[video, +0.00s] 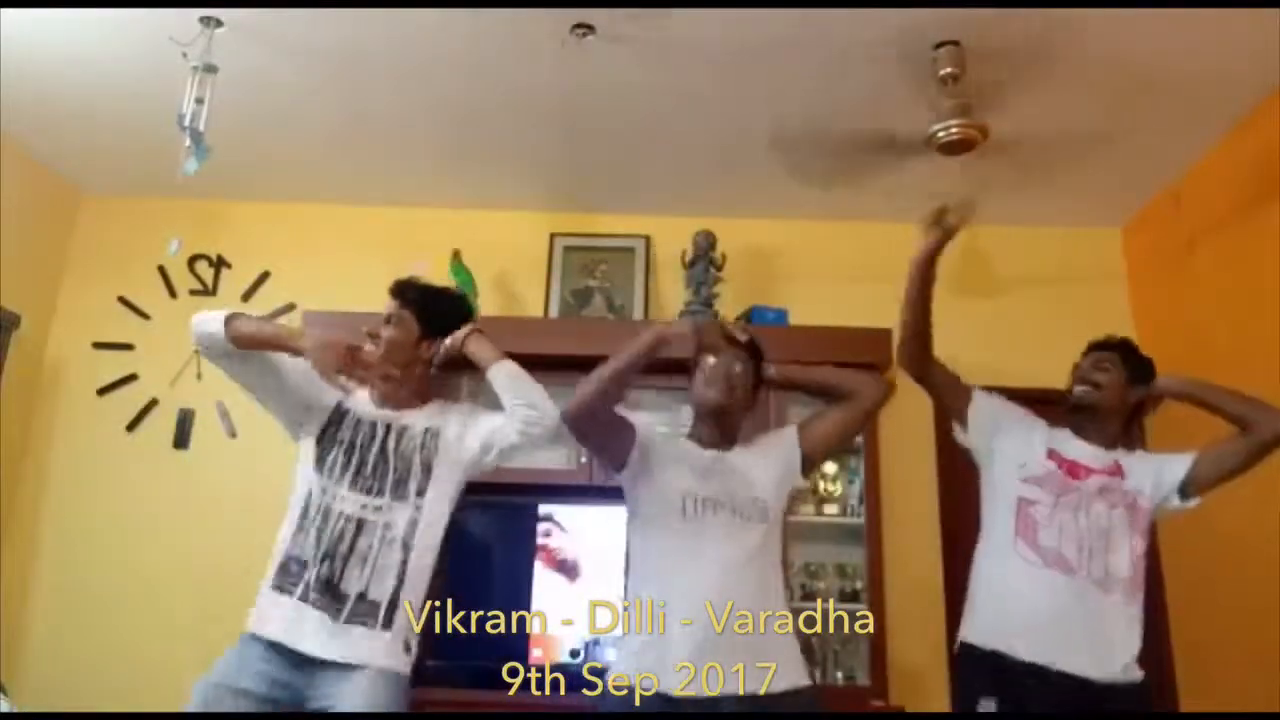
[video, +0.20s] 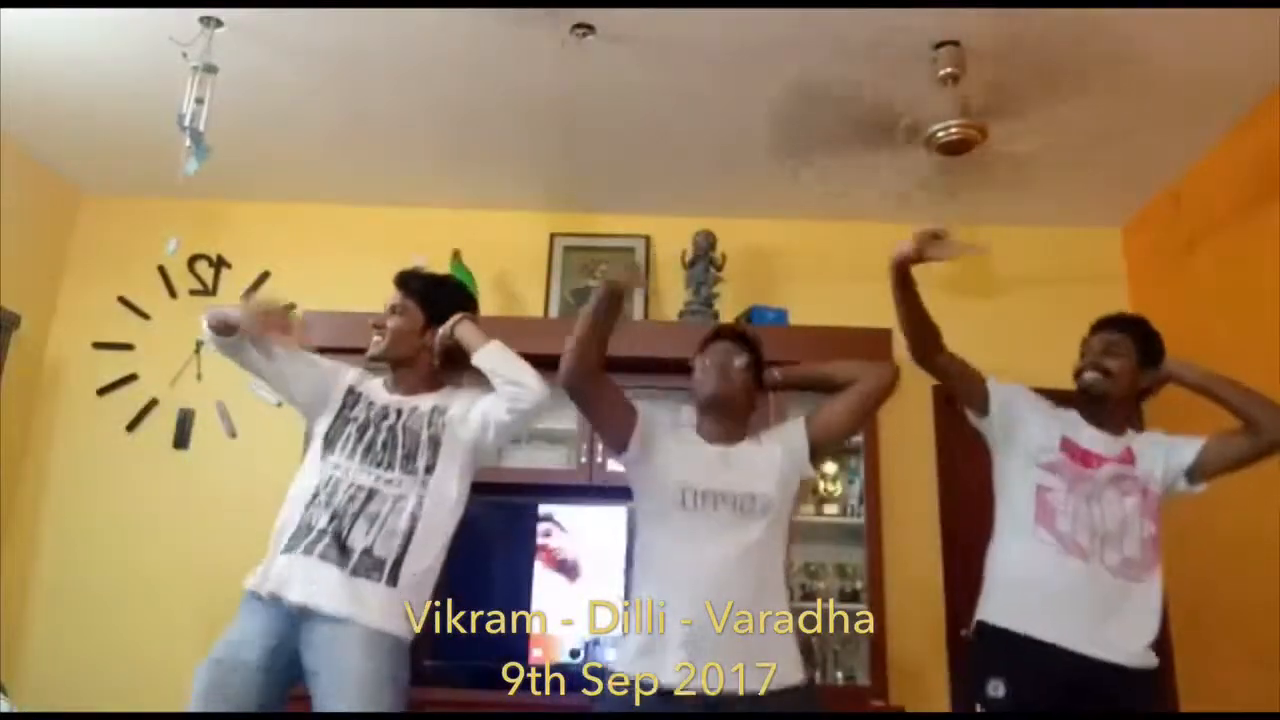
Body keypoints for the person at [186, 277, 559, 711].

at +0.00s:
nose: (375, 330)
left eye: (393, 323)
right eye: (383, 318)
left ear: (430, 350)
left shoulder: (462, 432)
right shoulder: (327, 404)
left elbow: (541, 424)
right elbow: (207, 332)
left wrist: (474, 344)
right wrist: (306, 343)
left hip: (365, 664)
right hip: (271, 642)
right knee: (209, 700)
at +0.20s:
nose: (380, 320)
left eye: (396, 312)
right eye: (386, 310)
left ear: (435, 337)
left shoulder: (467, 416)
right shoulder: (341, 386)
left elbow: (530, 395)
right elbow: (227, 338)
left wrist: (466, 331)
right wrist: (242, 321)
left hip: (364, 616)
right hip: (276, 594)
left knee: (360, 704)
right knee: (218, 694)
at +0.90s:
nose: (375, 326)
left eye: (390, 318)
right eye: (381, 315)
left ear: (427, 339)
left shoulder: (460, 419)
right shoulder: (342, 389)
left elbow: (527, 371)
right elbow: (249, 317)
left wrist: (461, 321)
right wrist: (204, 211)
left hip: (360, 642)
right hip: (271, 623)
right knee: (210, 700)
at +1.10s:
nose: (365, 324)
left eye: (382, 316)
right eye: (370, 314)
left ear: (426, 335)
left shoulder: (459, 422)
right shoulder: (332, 394)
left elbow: (529, 399)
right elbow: (250, 337)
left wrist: (465, 343)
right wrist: (205, 235)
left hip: (374, 649)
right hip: (278, 632)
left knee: (376, 702)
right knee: (212, 705)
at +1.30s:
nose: (396, 309)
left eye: (414, 299)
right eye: (389, 296)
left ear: (444, 315)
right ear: (379, 304)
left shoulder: (466, 401)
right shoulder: (340, 369)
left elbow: (516, 518)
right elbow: (246, 380)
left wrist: (466, 450)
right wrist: (163, 376)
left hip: (385, 607)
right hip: (290, 586)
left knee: (383, 707)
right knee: (238, 705)